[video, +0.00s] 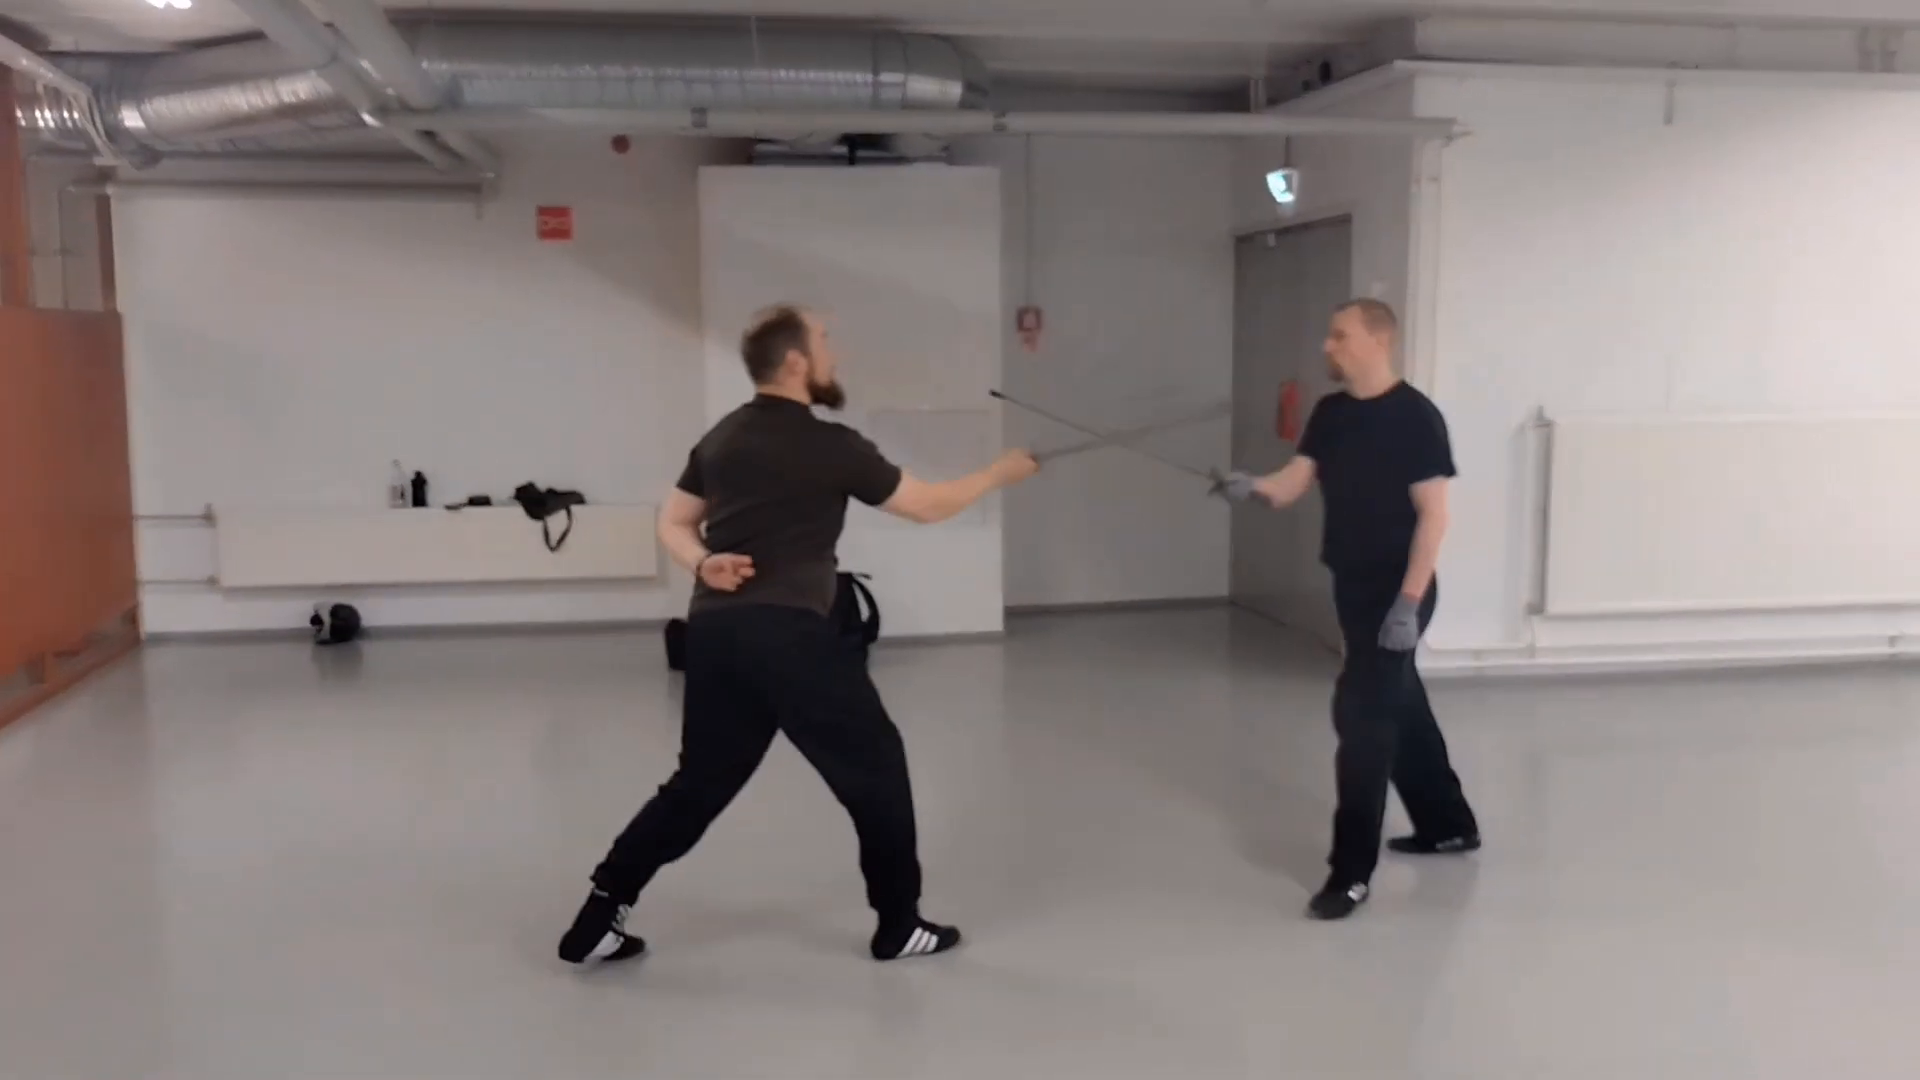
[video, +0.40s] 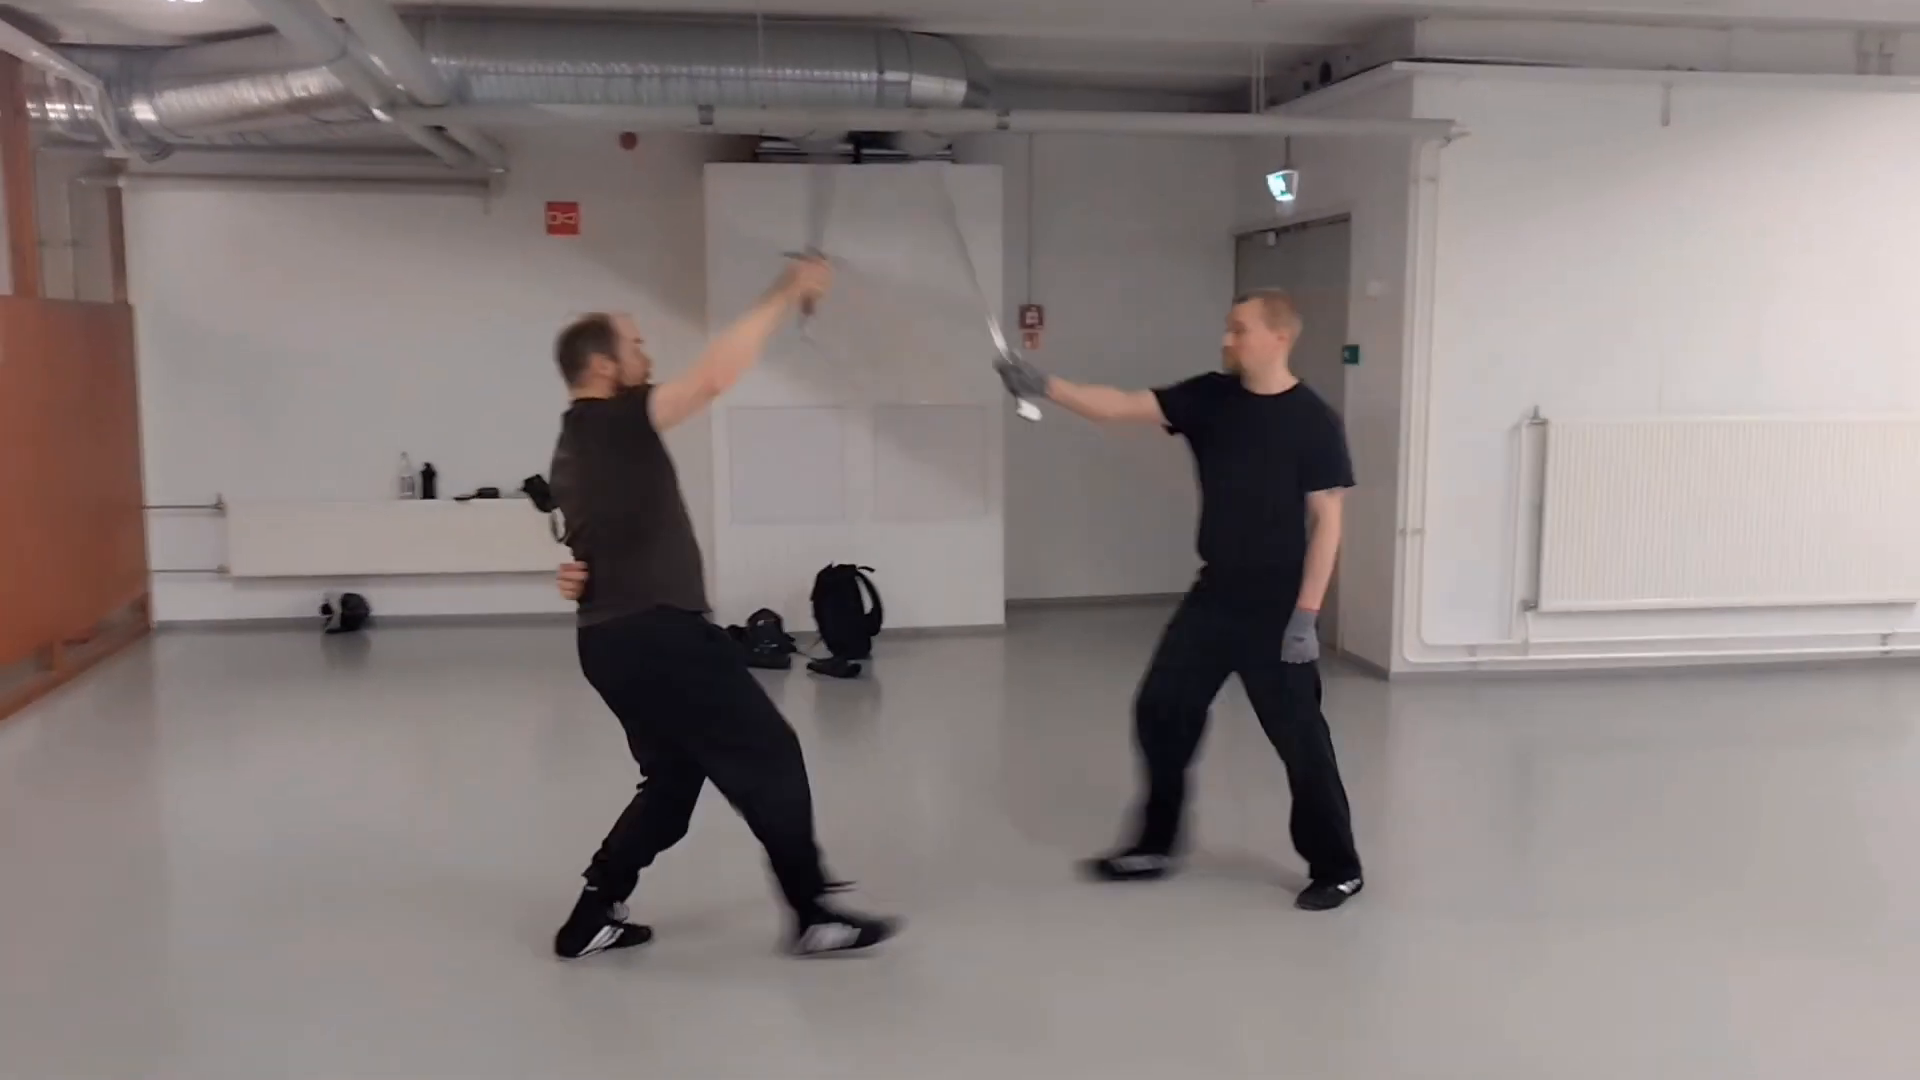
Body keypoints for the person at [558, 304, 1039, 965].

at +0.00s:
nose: (832, 354)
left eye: (826, 341)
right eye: (823, 343)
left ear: (769, 366)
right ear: (796, 361)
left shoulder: (722, 438)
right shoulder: (827, 441)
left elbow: (673, 524)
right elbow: (928, 504)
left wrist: (701, 561)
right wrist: (999, 473)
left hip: (715, 636)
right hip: (794, 634)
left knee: (702, 780)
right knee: (875, 765)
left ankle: (596, 916)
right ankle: (899, 925)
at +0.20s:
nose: (745, 362)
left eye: (739, 349)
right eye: (734, 351)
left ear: (686, 372)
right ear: (704, 367)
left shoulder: (659, 446)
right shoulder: (742, 435)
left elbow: (629, 542)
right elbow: (858, 466)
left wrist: (643, 574)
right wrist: (926, 423)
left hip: (674, 647)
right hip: (743, 643)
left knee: (696, 789)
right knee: (828, 773)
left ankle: (584, 921)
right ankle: (892, 918)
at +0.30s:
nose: (694, 361)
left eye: (688, 349)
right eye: (682, 351)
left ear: (632, 371)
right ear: (650, 365)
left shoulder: (615, 442)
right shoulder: (680, 417)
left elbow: (605, 532)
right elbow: (780, 405)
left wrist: (599, 565)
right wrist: (857, 352)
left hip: (638, 644)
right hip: (696, 638)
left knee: (677, 788)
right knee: (783, 773)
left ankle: (583, 922)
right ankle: (871, 911)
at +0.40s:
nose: (648, 356)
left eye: (641, 346)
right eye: (635, 346)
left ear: (587, 370)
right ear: (599, 365)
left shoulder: (573, 444)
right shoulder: (620, 417)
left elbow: (593, 531)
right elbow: (717, 372)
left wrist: (583, 568)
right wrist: (786, 296)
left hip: (610, 638)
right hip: (660, 629)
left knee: (670, 785)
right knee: (767, 752)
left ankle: (589, 921)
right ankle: (813, 911)